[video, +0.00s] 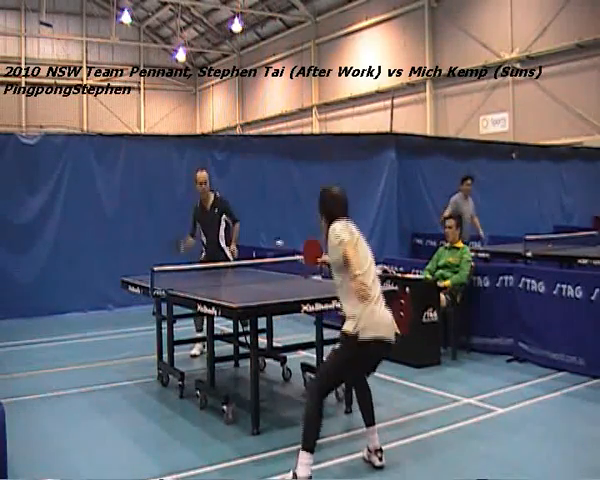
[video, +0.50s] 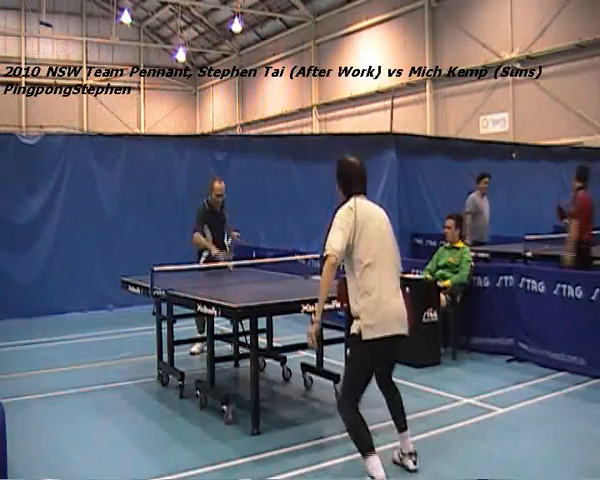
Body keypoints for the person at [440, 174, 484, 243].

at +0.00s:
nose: (469, 188)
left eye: (470, 185)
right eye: (467, 185)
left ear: (471, 187)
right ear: (461, 186)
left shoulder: (470, 200)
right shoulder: (455, 199)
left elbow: (473, 217)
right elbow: (448, 212)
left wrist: (480, 230)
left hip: (466, 234)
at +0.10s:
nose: (472, 187)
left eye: (473, 184)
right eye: (470, 184)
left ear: (474, 186)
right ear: (464, 185)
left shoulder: (472, 199)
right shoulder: (458, 198)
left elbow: (474, 216)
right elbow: (453, 216)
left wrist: (479, 231)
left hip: (470, 234)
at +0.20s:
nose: (474, 185)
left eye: (475, 183)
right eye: (472, 182)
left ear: (477, 184)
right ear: (466, 183)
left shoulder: (474, 198)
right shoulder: (461, 197)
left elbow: (476, 216)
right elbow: (456, 216)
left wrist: (477, 234)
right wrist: (457, 235)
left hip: (473, 235)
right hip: (463, 236)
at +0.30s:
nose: (478, 185)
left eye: (479, 182)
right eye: (476, 182)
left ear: (481, 184)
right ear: (470, 183)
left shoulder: (477, 198)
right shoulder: (465, 197)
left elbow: (477, 215)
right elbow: (460, 215)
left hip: (476, 235)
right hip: (466, 236)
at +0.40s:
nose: (481, 185)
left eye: (482, 183)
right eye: (479, 182)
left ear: (483, 184)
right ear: (473, 183)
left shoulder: (480, 198)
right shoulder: (467, 198)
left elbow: (479, 216)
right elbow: (464, 216)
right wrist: (461, 235)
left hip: (478, 236)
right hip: (468, 237)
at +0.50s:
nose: (486, 186)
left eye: (487, 183)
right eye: (485, 183)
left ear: (488, 185)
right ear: (478, 184)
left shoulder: (485, 199)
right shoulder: (472, 198)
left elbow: (484, 217)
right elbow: (468, 217)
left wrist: (485, 235)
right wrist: (467, 237)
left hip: (483, 237)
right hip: (473, 238)